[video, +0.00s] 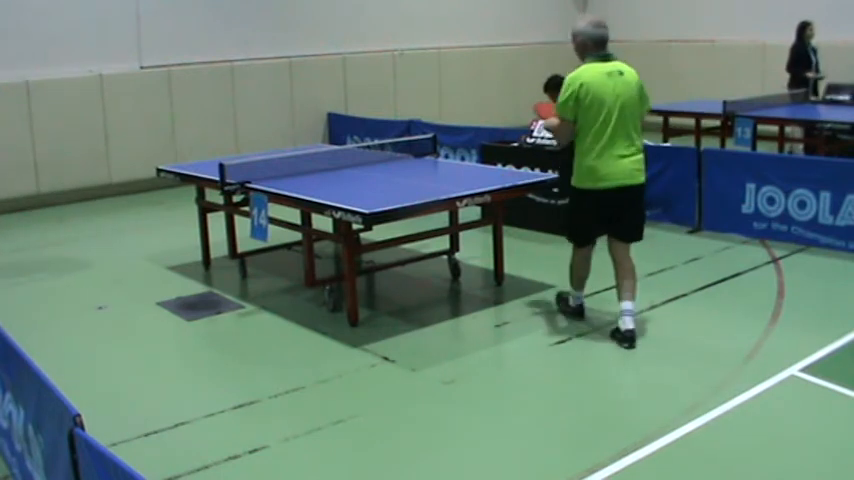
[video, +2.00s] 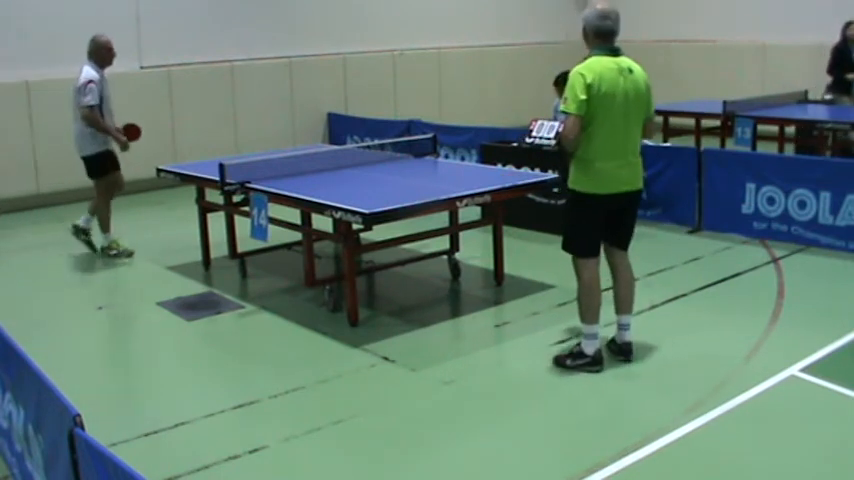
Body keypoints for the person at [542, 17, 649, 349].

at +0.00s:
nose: (572, 49)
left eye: (574, 44)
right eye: (574, 44)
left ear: (579, 46)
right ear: (606, 44)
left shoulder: (577, 80)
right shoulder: (631, 75)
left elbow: (562, 134)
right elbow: (642, 115)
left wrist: (552, 119)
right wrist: (610, 114)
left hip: (590, 181)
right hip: (631, 179)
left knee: (582, 246)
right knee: (621, 248)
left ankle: (576, 302)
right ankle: (628, 325)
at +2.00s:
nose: (582, 38)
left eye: (583, 33)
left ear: (585, 35)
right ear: (616, 34)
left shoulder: (582, 74)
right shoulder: (637, 72)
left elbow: (570, 135)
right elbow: (648, 129)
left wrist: (563, 139)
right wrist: (612, 128)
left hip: (590, 187)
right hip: (629, 184)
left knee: (586, 262)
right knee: (618, 253)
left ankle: (589, 349)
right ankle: (624, 340)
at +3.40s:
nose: (581, 40)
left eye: (582, 35)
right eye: (586, 34)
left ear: (585, 35)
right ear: (615, 33)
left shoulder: (583, 73)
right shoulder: (636, 71)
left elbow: (572, 138)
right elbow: (626, 122)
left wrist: (557, 137)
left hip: (586, 184)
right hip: (626, 183)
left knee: (583, 260)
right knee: (616, 252)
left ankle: (591, 347)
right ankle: (624, 339)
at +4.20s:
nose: (547, 41)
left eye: (548, 36)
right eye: (547, 36)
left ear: (556, 37)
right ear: (582, 35)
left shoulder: (568, 75)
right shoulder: (604, 67)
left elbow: (570, 136)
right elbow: (594, 104)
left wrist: (539, 167)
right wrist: (552, 89)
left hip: (578, 189)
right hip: (605, 184)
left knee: (575, 260)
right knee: (585, 256)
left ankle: (591, 347)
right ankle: (593, 331)